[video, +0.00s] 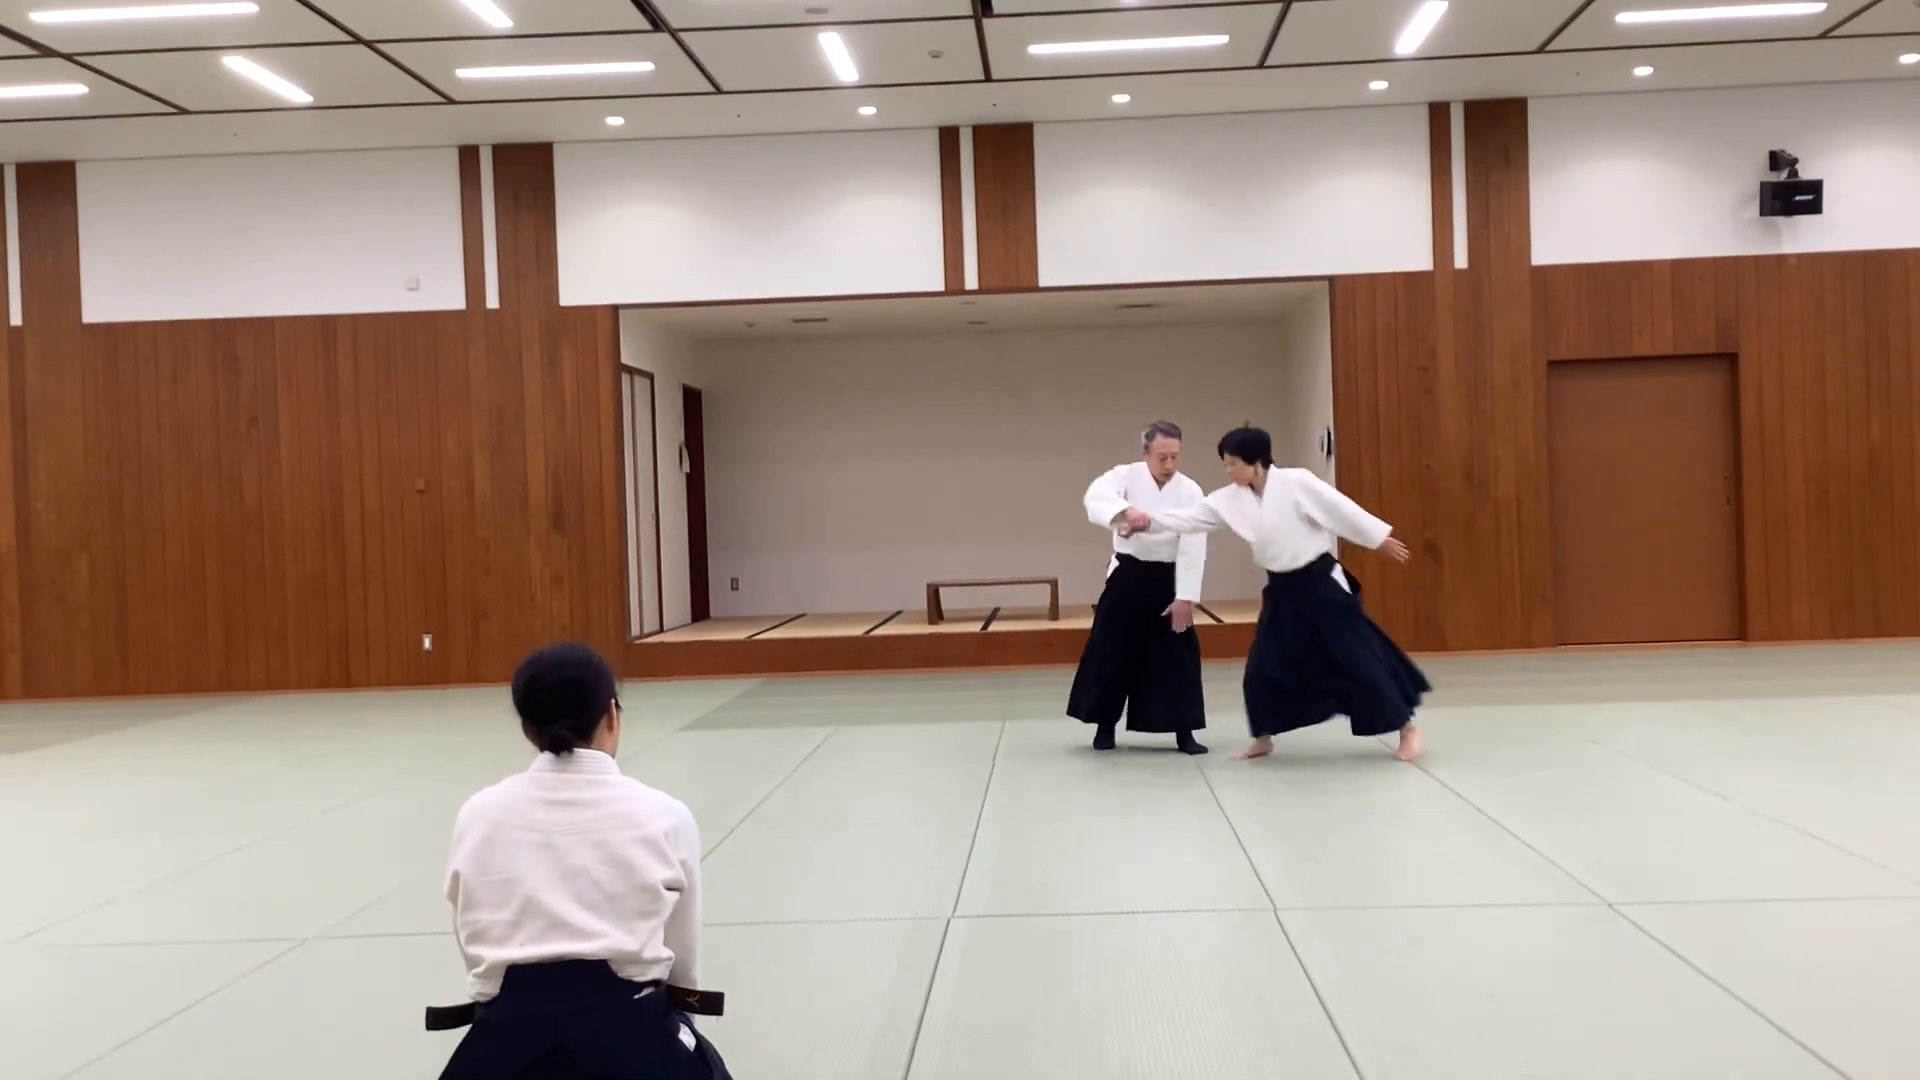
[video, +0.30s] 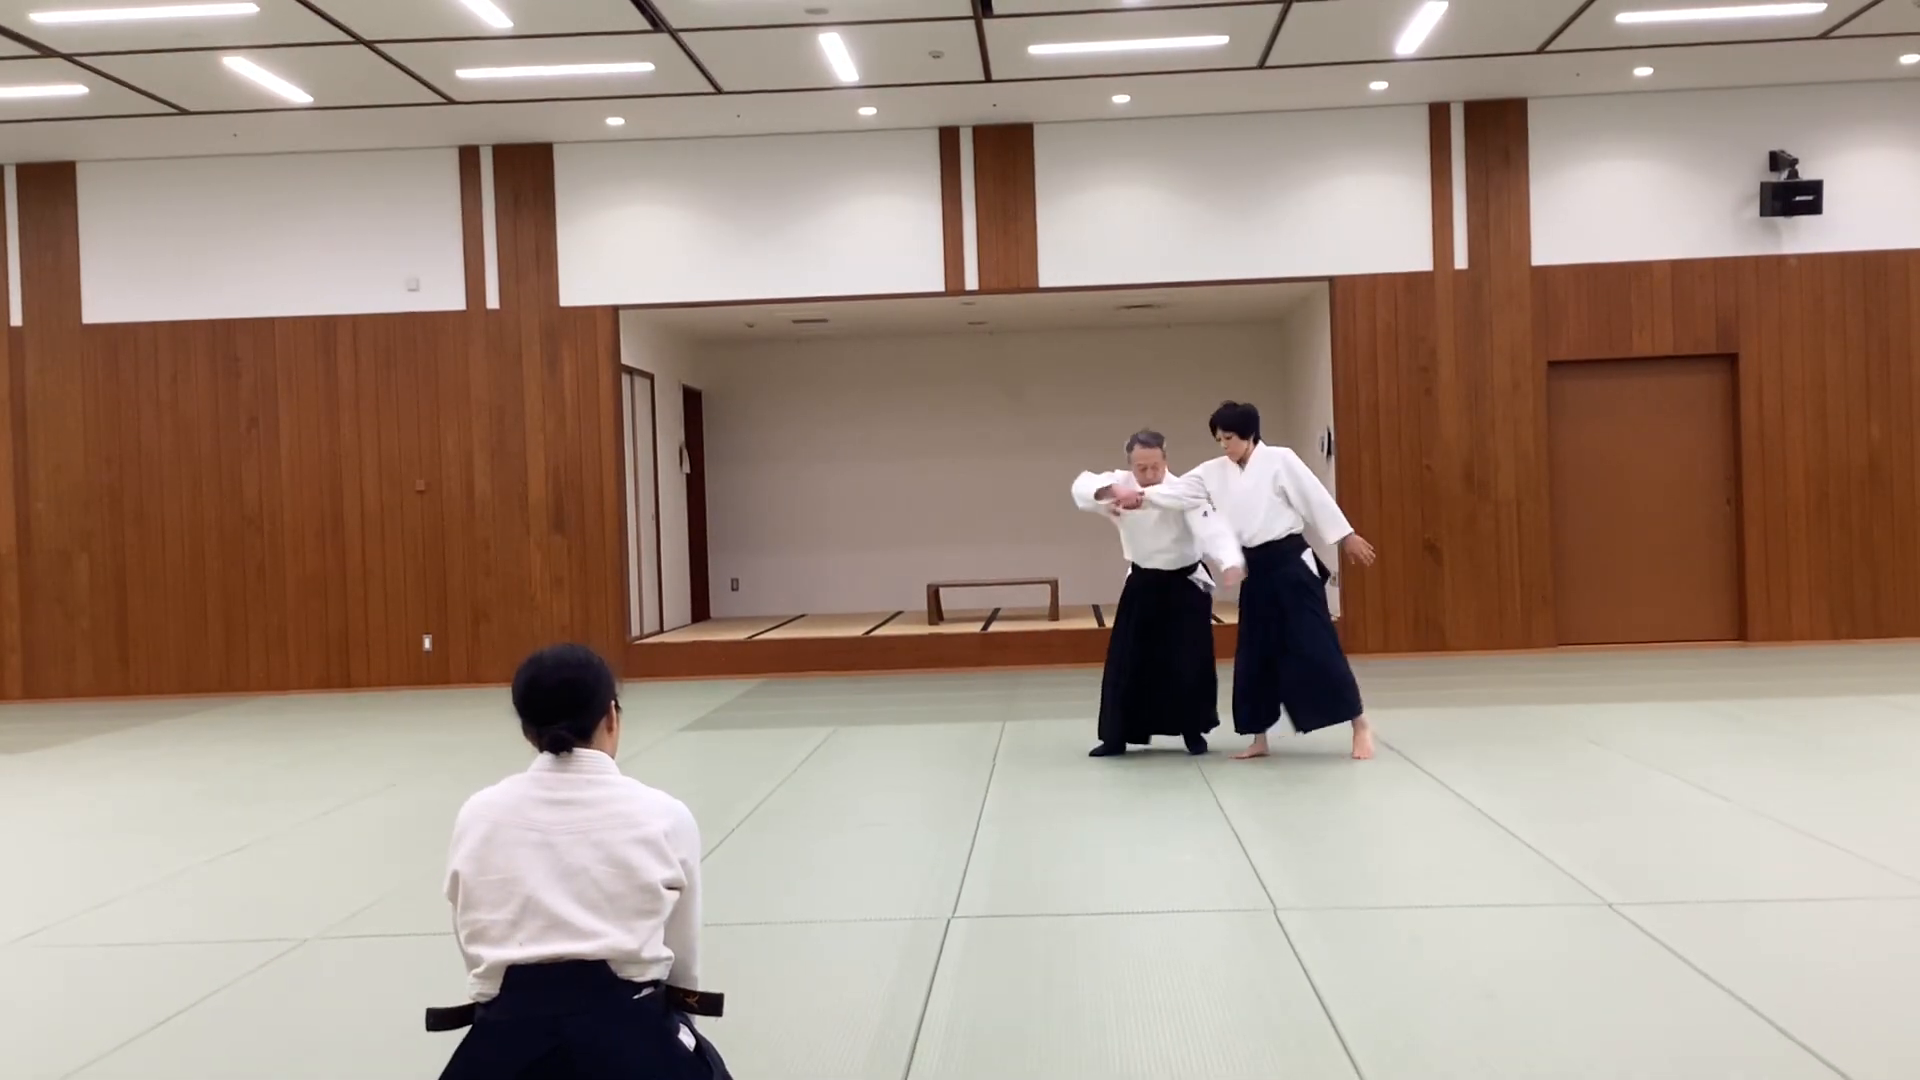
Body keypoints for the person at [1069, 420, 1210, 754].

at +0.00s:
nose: (1168, 464)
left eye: (1174, 457)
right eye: (1161, 457)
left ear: (1180, 456)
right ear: (1145, 454)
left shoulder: (1190, 492)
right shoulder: (1125, 475)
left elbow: (1193, 548)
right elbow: (1095, 497)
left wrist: (1186, 598)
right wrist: (1121, 514)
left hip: (1170, 577)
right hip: (1128, 576)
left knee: (1180, 656)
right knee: (1114, 652)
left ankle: (1185, 732)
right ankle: (1105, 726)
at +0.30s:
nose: (1149, 476)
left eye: (1155, 467)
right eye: (1141, 468)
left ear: (1166, 462)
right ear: (1130, 465)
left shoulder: (1185, 490)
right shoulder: (1120, 484)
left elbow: (1209, 527)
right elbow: (1080, 486)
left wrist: (1230, 561)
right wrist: (1107, 492)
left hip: (1184, 585)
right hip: (1141, 585)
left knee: (1189, 660)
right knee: (1124, 660)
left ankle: (1192, 730)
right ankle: (1115, 738)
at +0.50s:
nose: (1167, 486)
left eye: (1172, 478)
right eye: (1159, 480)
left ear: (1185, 472)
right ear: (1150, 478)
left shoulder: (1207, 497)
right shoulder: (1141, 499)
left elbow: (1247, 523)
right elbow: (1107, 519)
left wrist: (1275, 559)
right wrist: (1136, 529)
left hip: (1205, 594)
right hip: (1159, 593)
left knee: (1223, 662)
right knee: (1138, 663)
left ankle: (1237, 733)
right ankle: (1131, 737)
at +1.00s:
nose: (1299, 514)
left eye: (1305, 508)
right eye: (1295, 505)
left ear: (1308, 508)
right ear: (1274, 498)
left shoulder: (1294, 543)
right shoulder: (1244, 525)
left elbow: (1287, 590)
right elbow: (1248, 571)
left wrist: (1272, 631)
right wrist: (1293, 594)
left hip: (1246, 615)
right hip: (1207, 608)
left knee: (1267, 678)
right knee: (1187, 678)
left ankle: (1265, 748)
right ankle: (1162, 742)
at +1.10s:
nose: (1296, 503)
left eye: (1301, 497)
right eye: (1291, 493)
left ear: (1302, 500)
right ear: (1268, 489)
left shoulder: (1283, 532)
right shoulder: (1242, 516)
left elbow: (1284, 579)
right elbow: (1268, 552)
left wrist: (1278, 613)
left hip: (1246, 612)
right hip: (1205, 607)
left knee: (1277, 673)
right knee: (1196, 681)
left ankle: (1266, 749)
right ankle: (1178, 745)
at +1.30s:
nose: (1264, 480)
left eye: (1266, 473)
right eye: (1260, 471)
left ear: (1245, 470)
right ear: (1236, 467)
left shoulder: (1246, 506)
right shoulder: (1216, 499)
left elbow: (1257, 551)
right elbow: (1263, 527)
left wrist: (1267, 589)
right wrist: (1301, 506)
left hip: (1234, 597)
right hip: (1196, 597)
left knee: (1267, 665)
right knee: (1181, 667)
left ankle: (1284, 743)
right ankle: (1159, 726)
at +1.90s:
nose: (1319, 479)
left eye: (1321, 472)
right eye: (1315, 470)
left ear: (1294, 470)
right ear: (1291, 468)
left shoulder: (1292, 509)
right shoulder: (1258, 505)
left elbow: (1295, 564)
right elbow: (1254, 566)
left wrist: (1301, 610)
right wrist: (1262, 619)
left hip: (1264, 592)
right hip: (1228, 592)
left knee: (1301, 663)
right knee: (1231, 670)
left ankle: (1292, 740)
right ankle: (1174, 715)